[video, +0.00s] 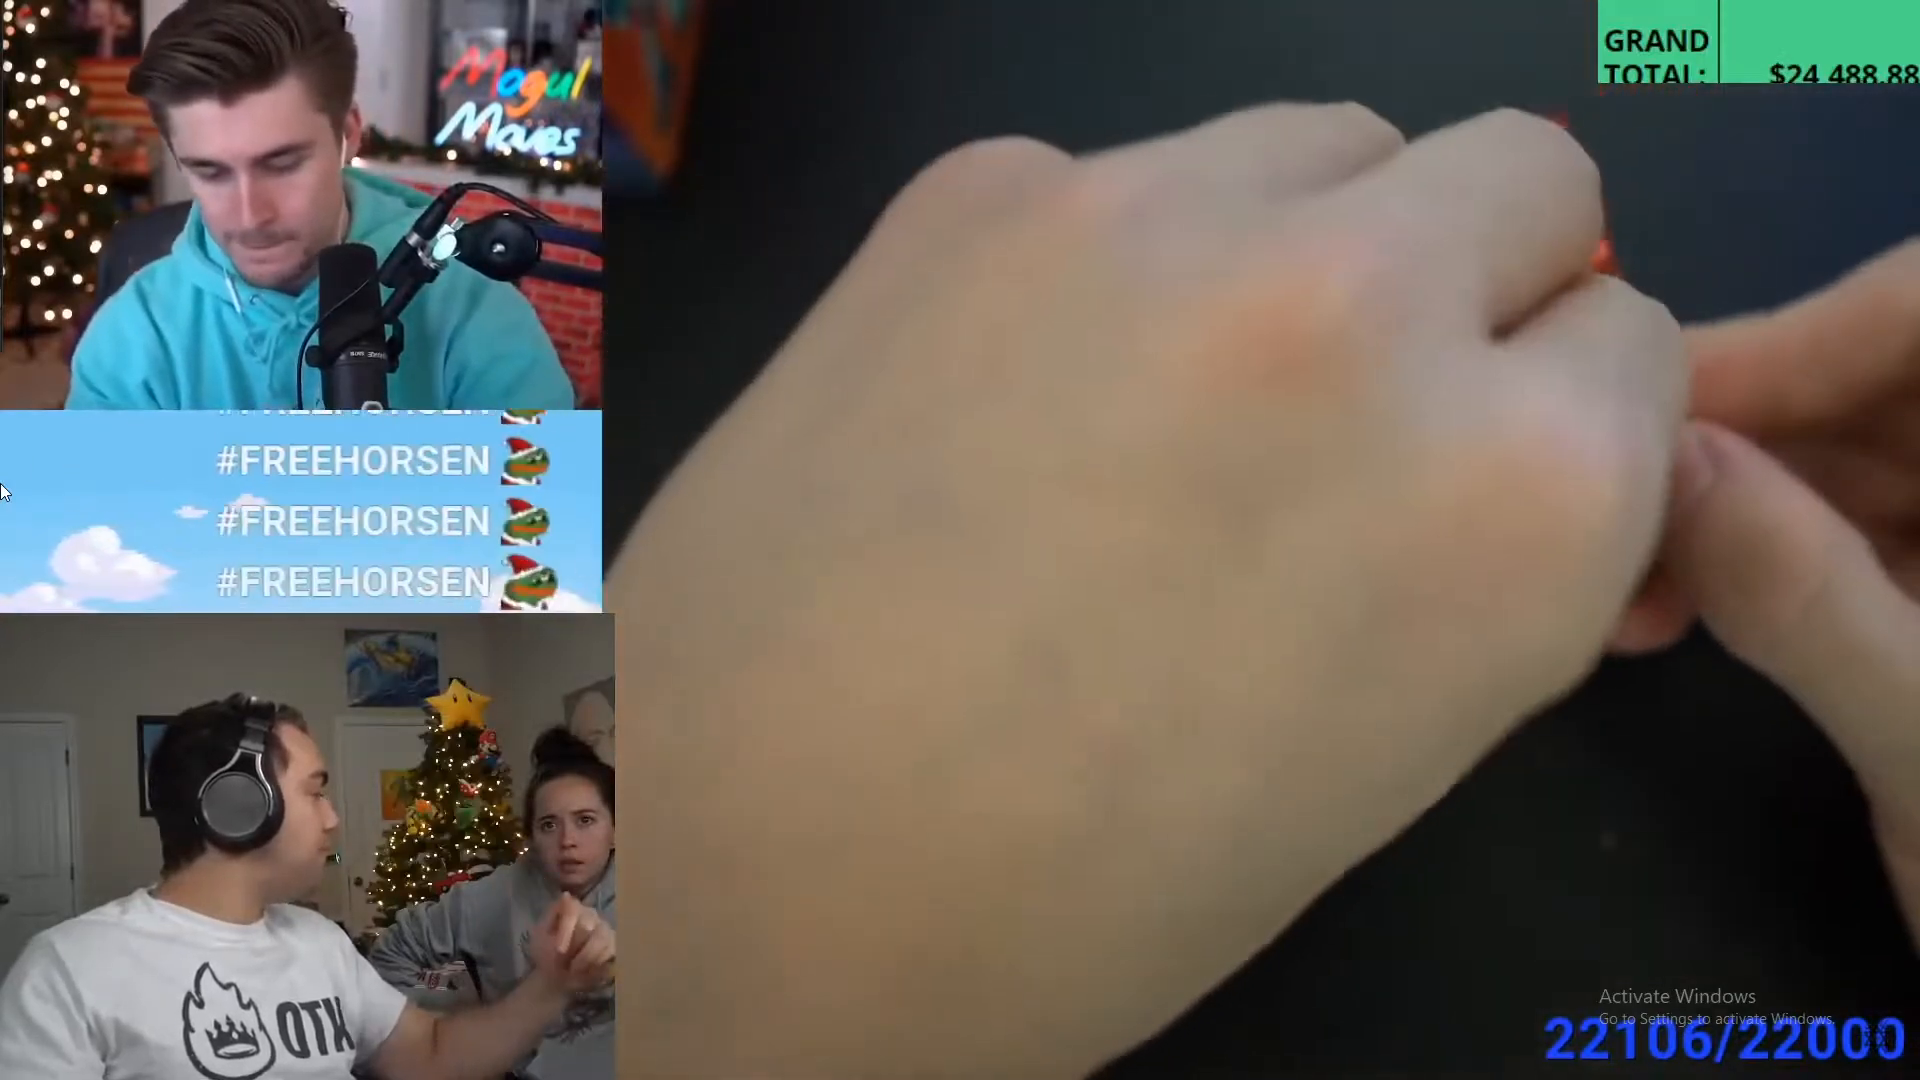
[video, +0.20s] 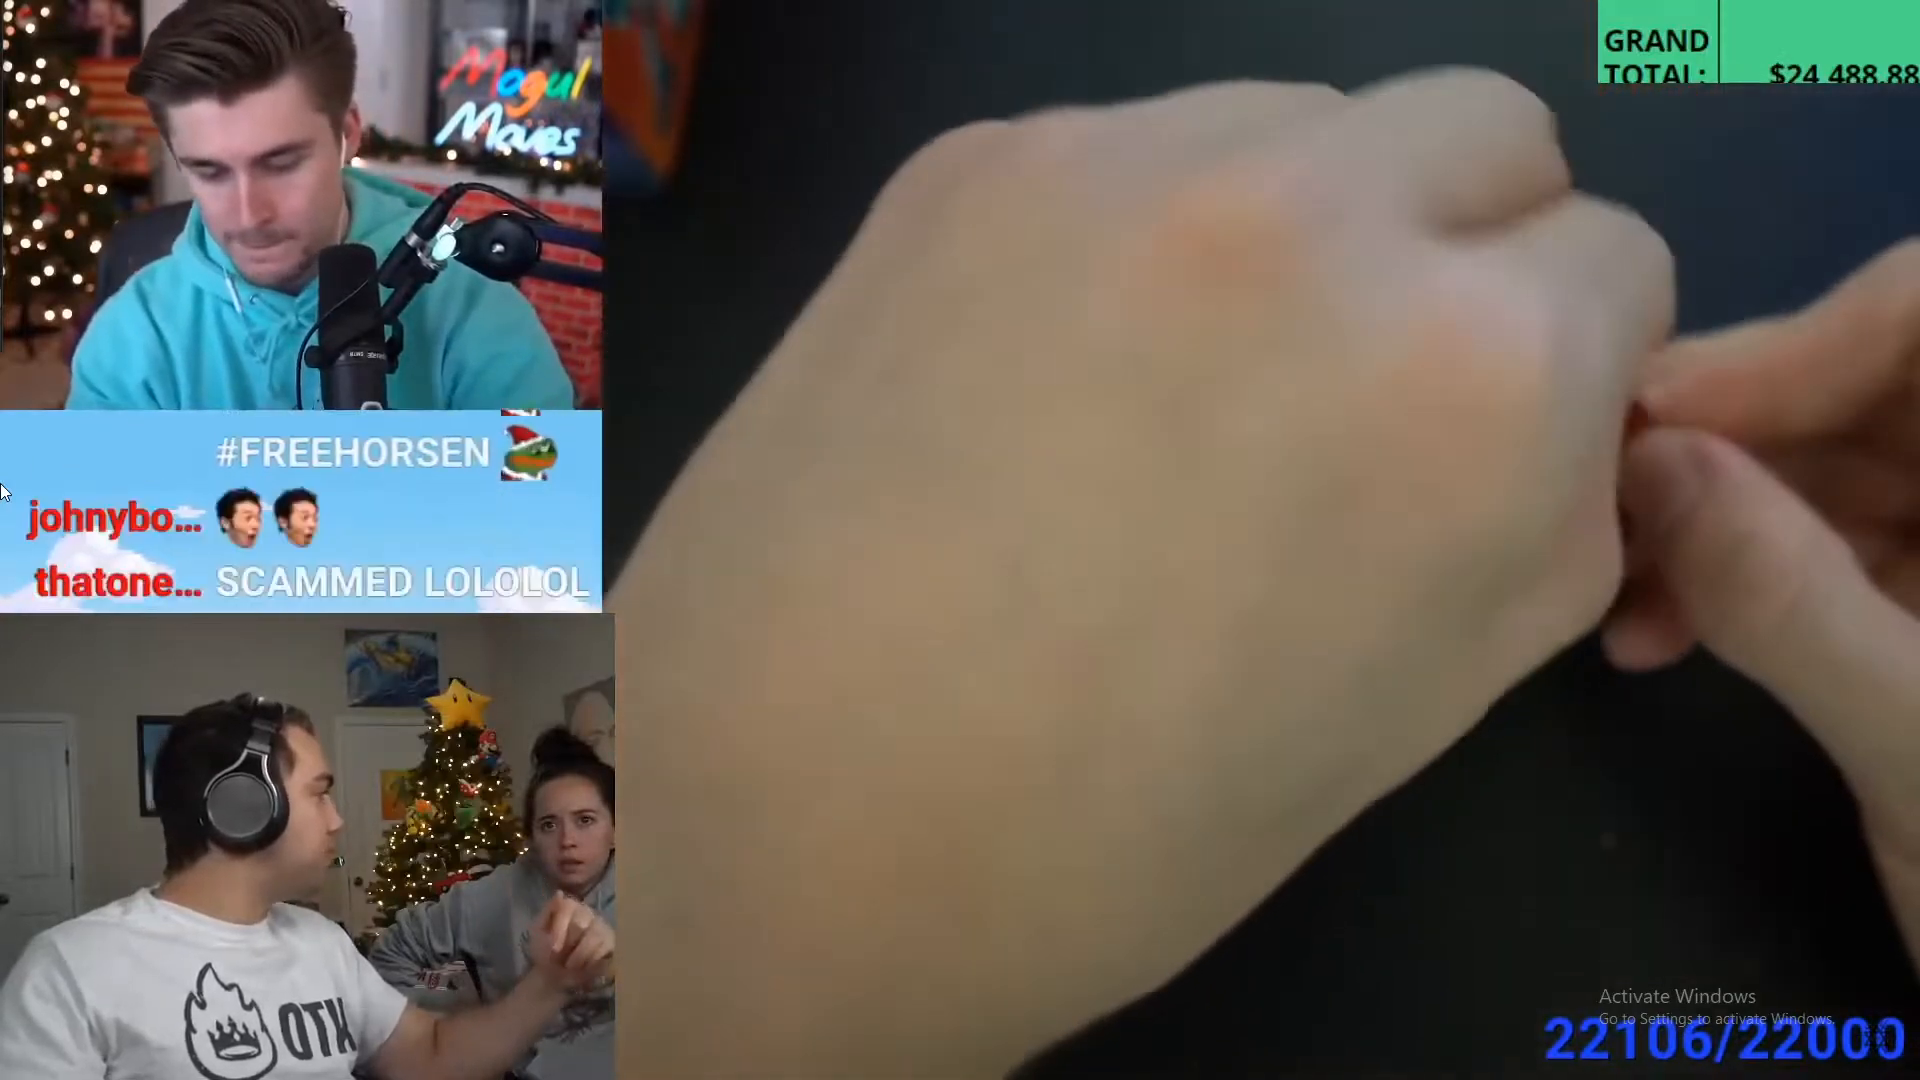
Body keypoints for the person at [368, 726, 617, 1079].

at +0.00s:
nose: (567, 842)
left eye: (585, 821)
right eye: (549, 825)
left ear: (615, 829)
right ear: (531, 836)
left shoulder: (643, 894)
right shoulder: (489, 900)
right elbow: (389, 956)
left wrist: (621, 954)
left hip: (621, 1067)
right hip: (530, 1070)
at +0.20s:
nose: (567, 842)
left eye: (585, 821)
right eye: (549, 825)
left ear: (615, 829)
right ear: (531, 836)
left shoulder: (642, 895)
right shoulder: (490, 900)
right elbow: (389, 956)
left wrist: (618, 957)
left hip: (620, 1067)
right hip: (528, 1070)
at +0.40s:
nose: (567, 842)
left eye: (585, 821)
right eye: (549, 825)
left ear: (615, 829)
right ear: (531, 836)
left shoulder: (642, 894)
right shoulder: (494, 898)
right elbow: (390, 954)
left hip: (619, 1068)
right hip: (530, 1070)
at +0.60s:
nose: (567, 842)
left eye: (585, 821)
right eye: (549, 825)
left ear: (615, 828)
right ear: (531, 836)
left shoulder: (643, 895)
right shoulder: (493, 898)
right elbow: (389, 956)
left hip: (619, 1068)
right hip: (531, 1071)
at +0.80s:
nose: (567, 842)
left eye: (585, 821)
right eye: (549, 825)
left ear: (615, 828)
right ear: (531, 836)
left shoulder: (642, 895)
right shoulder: (492, 899)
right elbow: (391, 955)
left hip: (614, 1068)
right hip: (524, 1069)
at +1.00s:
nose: (567, 842)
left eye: (585, 821)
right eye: (548, 825)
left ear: (615, 828)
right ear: (530, 836)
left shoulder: (641, 897)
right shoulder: (491, 898)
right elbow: (388, 958)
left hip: (609, 1070)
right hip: (522, 1072)